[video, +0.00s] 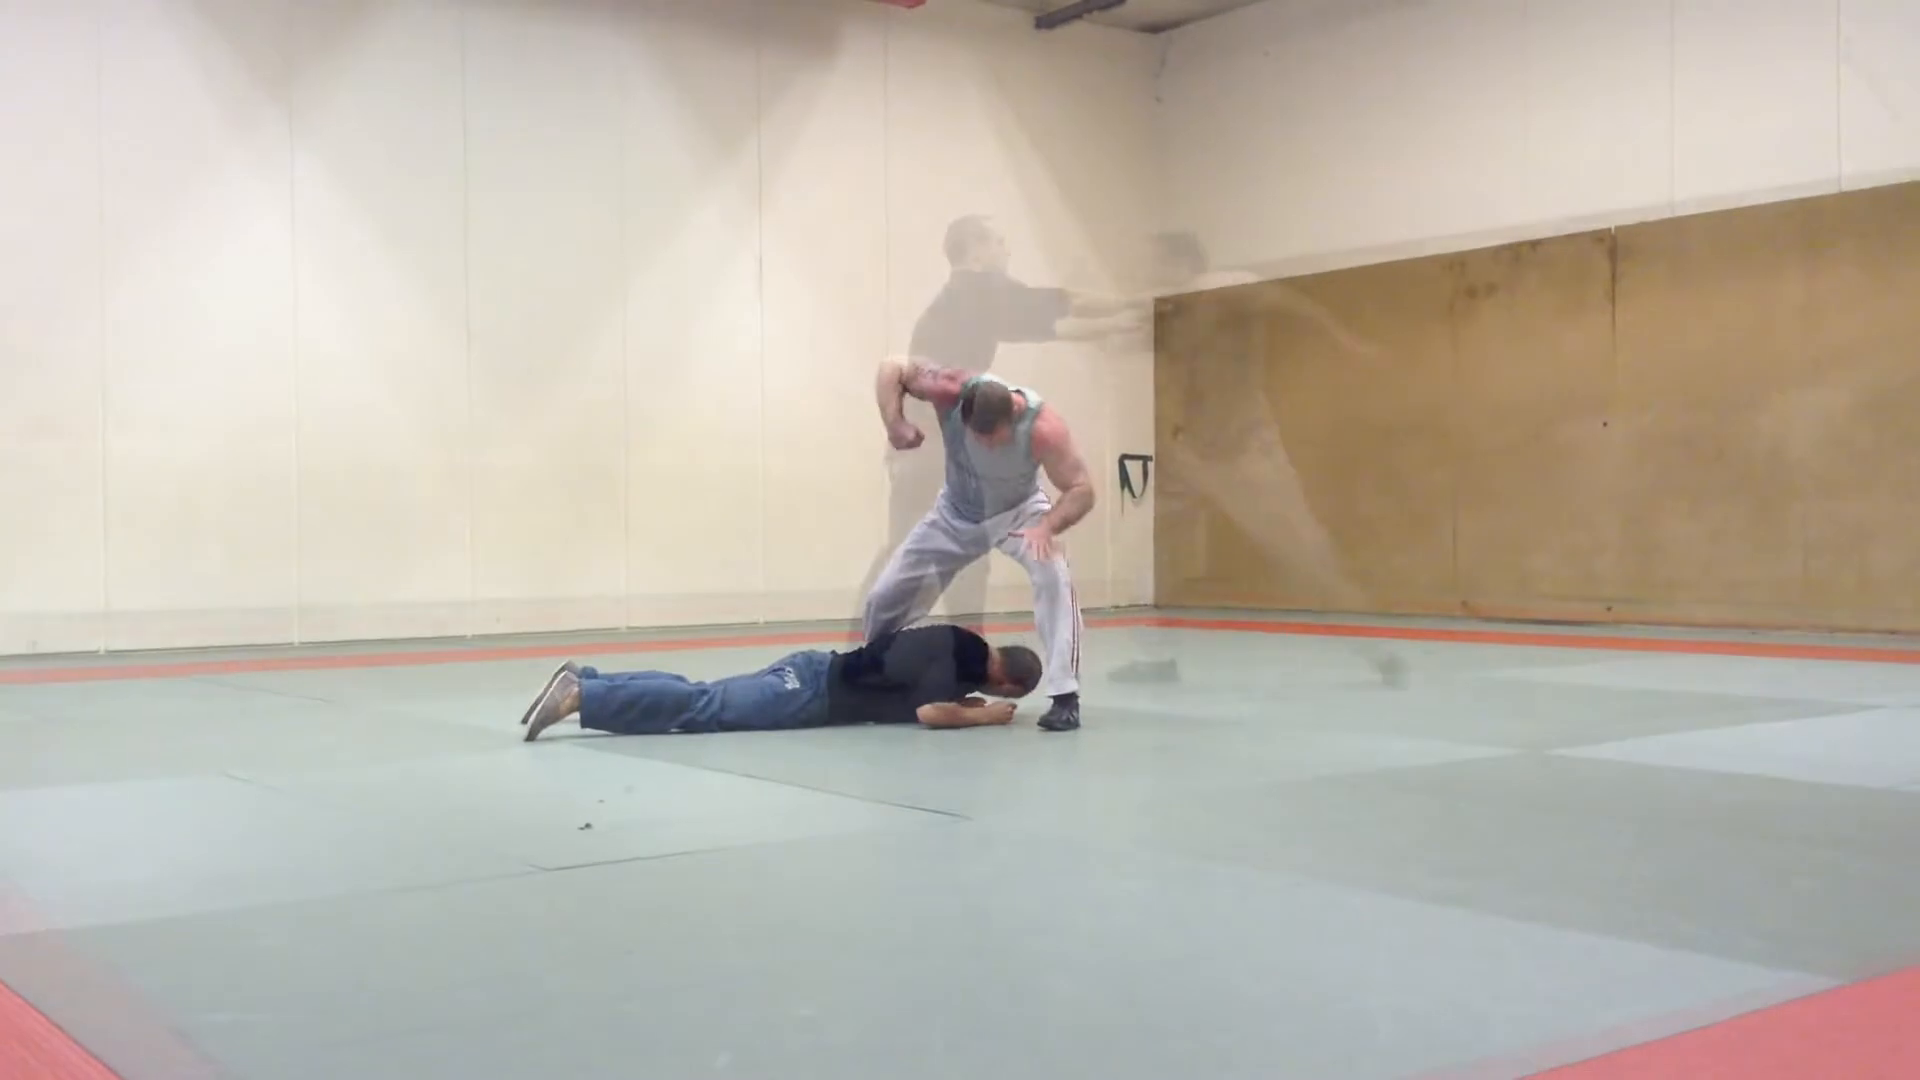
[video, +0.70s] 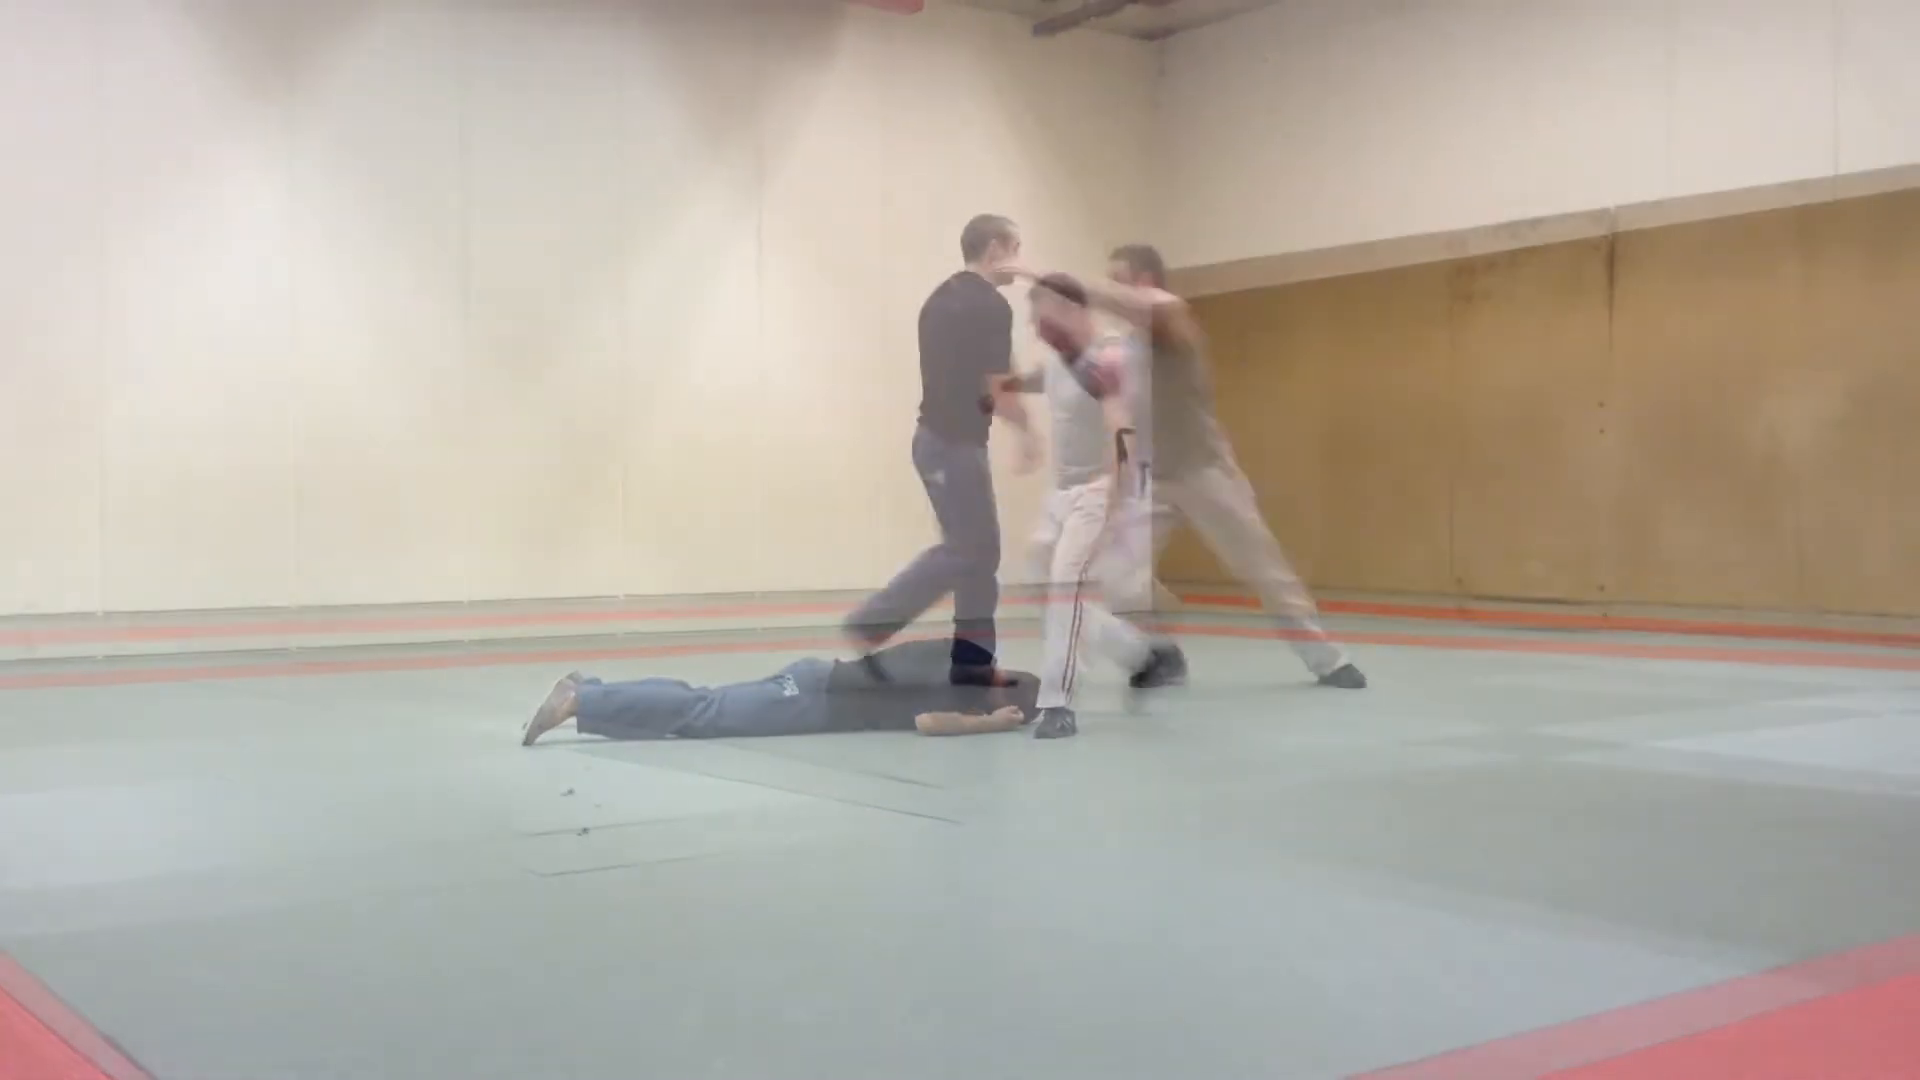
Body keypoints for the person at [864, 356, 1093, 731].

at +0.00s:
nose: (988, 443)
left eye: (995, 436)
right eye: (980, 436)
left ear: (1014, 411)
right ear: (965, 413)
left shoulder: (1043, 426)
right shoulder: (953, 389)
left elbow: (1082, 491)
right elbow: (891, 370)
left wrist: (1047, 526)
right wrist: (894, 423)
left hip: (1019, 515)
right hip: (955, 515)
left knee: (1053, 576)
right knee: (884, 600)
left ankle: (1064, 697)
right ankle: (874, 688)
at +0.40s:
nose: (986, 395)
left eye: (991, 387)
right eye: (982, 385)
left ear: (1014, 376)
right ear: (979, 377)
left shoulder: (1064, 399)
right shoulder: (981, 381)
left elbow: (1106, 464)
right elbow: (941, 392)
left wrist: (1046, 493)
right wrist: (917, 445)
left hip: (1050, 505)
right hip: (991, 501)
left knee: (1059, 581)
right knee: (929, 588)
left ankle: (1058, 698)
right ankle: (874, 677)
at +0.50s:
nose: (1009, 373)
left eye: (1012, 364)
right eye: (1002, 366)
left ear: (1033, 346)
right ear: (999, 355)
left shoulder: (1076, 378)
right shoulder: (1005, 369)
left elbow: (1099, 451)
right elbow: (960, 406)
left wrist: (1040, 498)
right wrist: (977, 450)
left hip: (1066, 499)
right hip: (1008, 493)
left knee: (1056, 577)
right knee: (943, 580)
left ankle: (1054, 697)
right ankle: (922, 680)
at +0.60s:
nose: (1021, 348)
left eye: (1024, 337)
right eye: (1016, 339)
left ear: (1051, 325)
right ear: (1021, 334)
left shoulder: (1094, 366)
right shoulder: (1031, 365)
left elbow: (1099, 447)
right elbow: (983, 394)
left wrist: (1072, 511)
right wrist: (992, 439)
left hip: (1088, 497)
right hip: (1039, 493)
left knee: (1063, 575)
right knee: (985, 545)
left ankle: (1054, 700)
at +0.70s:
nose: (1040, 331)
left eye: (1046, 320)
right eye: (1036, 322)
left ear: (1074, 313)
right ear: (1042, 322)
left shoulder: (1111, 355)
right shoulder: (1056, 363)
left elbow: (1105, 389)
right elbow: (1037, 382)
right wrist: (1005, 388)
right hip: (1063, 492)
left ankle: (1056, 702)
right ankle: (1144, 655)